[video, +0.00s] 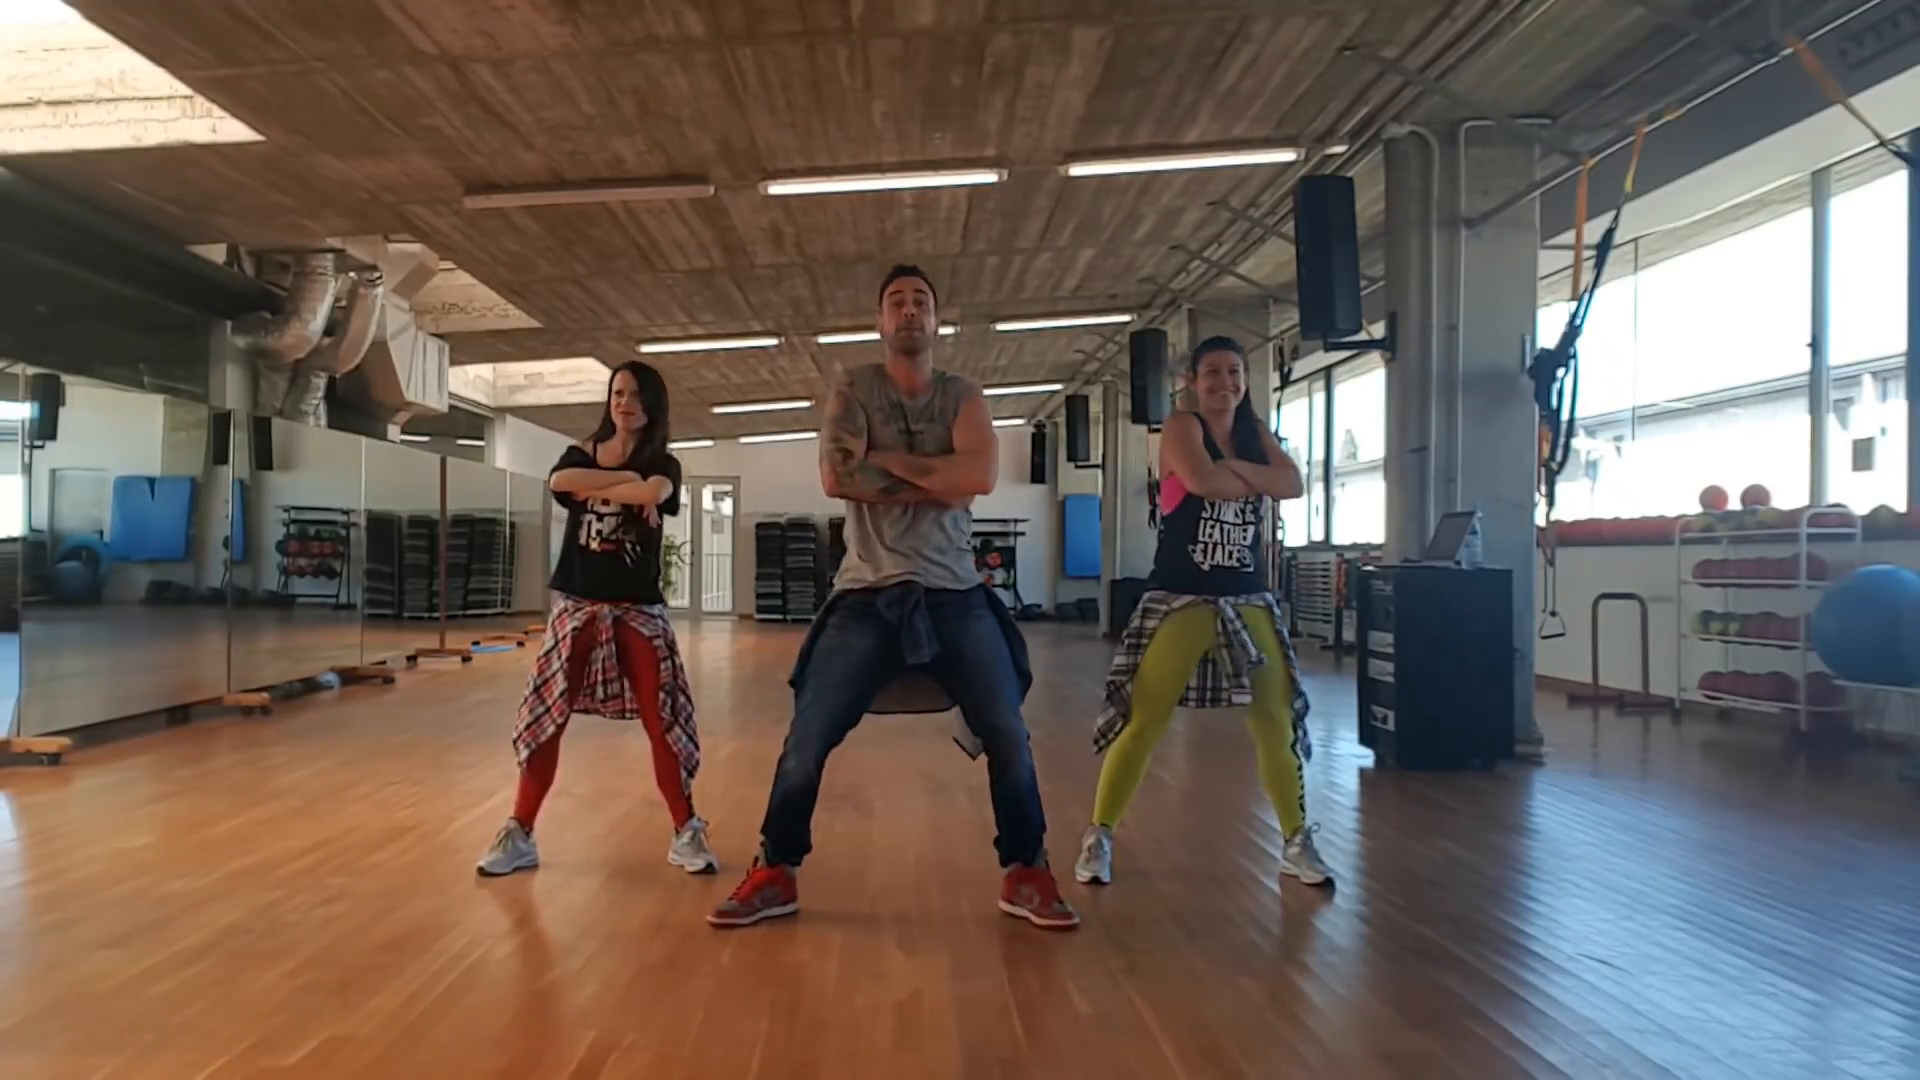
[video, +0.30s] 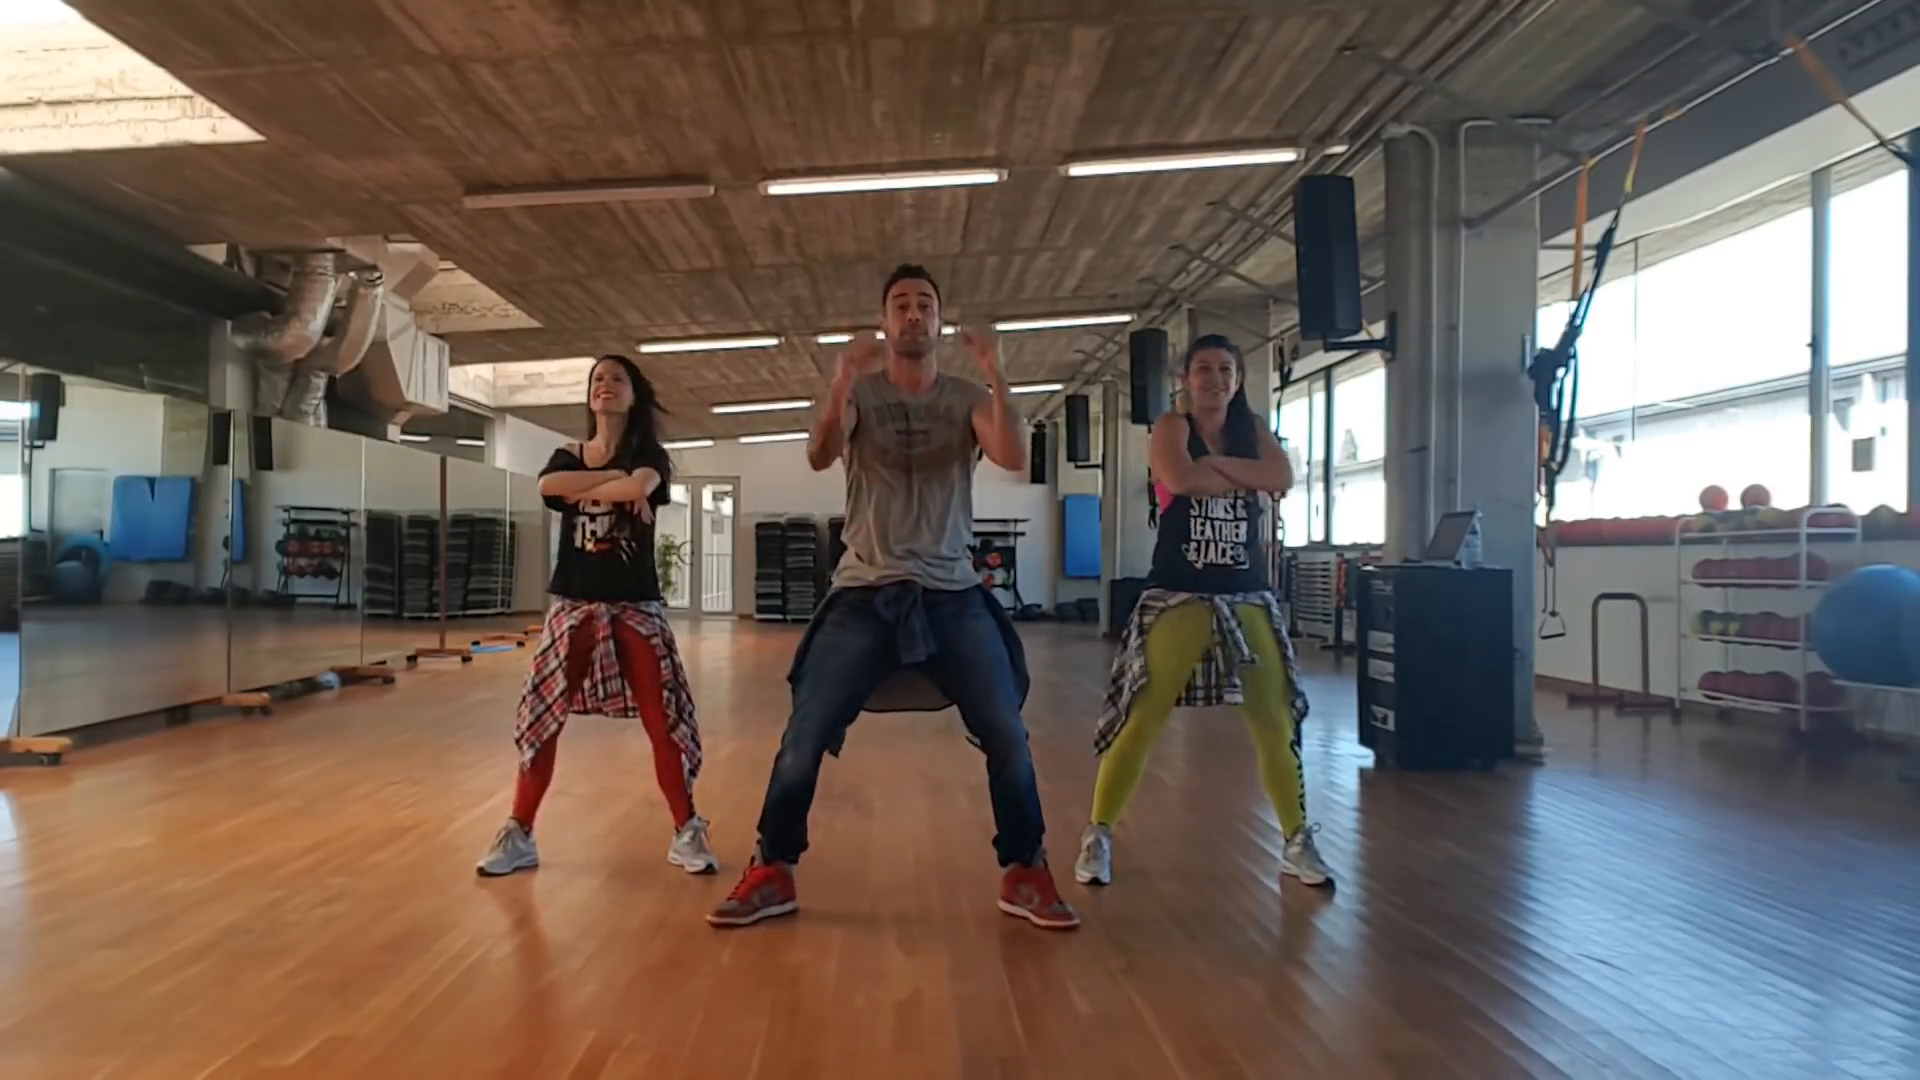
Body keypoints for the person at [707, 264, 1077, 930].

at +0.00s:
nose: (909, 309)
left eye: (920, 301)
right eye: (897, 301)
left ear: (937, 321)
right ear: (878, 321)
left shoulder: (963, 396)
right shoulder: (853, 392)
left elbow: (977, 476)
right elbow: (835, 480)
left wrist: (882, 458)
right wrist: (931, 488)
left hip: (954, 592)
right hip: (866, 592)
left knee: (1005, 727)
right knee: (809, 731)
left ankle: (1025, 873)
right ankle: (775, 872)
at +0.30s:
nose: (912, 314)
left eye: (923, 305)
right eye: (901, 305)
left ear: (940, 320)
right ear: (882, 321)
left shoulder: (964, 393)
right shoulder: (858, 391)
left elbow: (1012, 458)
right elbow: (819, 457)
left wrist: (994, 379)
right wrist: (842, 380)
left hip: (952, 588)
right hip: (864, 585)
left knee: (1005, 729)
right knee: (809, 723)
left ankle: (1025, 873)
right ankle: (773, 871)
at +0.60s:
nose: (912, 320)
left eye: (923, 311)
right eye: (900, 310)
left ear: (939, 325)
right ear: (882, 323)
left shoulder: (957, 395)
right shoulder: (856, 396)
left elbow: (990, 434)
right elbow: (815, 456)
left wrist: (992, 343)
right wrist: (807, 368)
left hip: (947, 589)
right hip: (860, 587)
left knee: (1000, 728)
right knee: (802, 728)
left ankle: (1023, 873)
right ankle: (773, 872)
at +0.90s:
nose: (931, 330)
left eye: (942, 320)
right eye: (919, 319)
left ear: (958, 331)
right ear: (900, 330)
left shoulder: (980, 402)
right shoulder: (871, 409)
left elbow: (1005, 436)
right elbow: (793, 461)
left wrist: (995, 338)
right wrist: (755, 391)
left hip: (975, 601)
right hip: (889, 600)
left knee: (1032, 739)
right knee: (820, 739)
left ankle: (1032, 873)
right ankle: (758, 864)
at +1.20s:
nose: (906, 341)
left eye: (917, 330)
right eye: (894, 330)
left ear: (934, 340)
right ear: (877, 338)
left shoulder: (958, 404)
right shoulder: (856, 407)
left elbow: (999, 439)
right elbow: (806, 442)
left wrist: (992, 346)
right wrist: (793, 365)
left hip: (946, 597)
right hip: (867, 592)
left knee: (987, 743)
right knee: (767, 704)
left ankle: (1057, 860)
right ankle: (780, 860)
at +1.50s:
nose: (829, 363)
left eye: (842, 353)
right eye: (819, 350)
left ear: (857, 362)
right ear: (801, 355)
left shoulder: (873, 431)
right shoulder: (780, 421)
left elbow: (923, 475)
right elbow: (750, 457)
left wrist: (927, 392)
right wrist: (770, 379)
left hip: (846, 610)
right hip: (775, 609)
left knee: (907, 749)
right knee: (687, 727)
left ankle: (1030, 854)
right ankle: (748, 870)